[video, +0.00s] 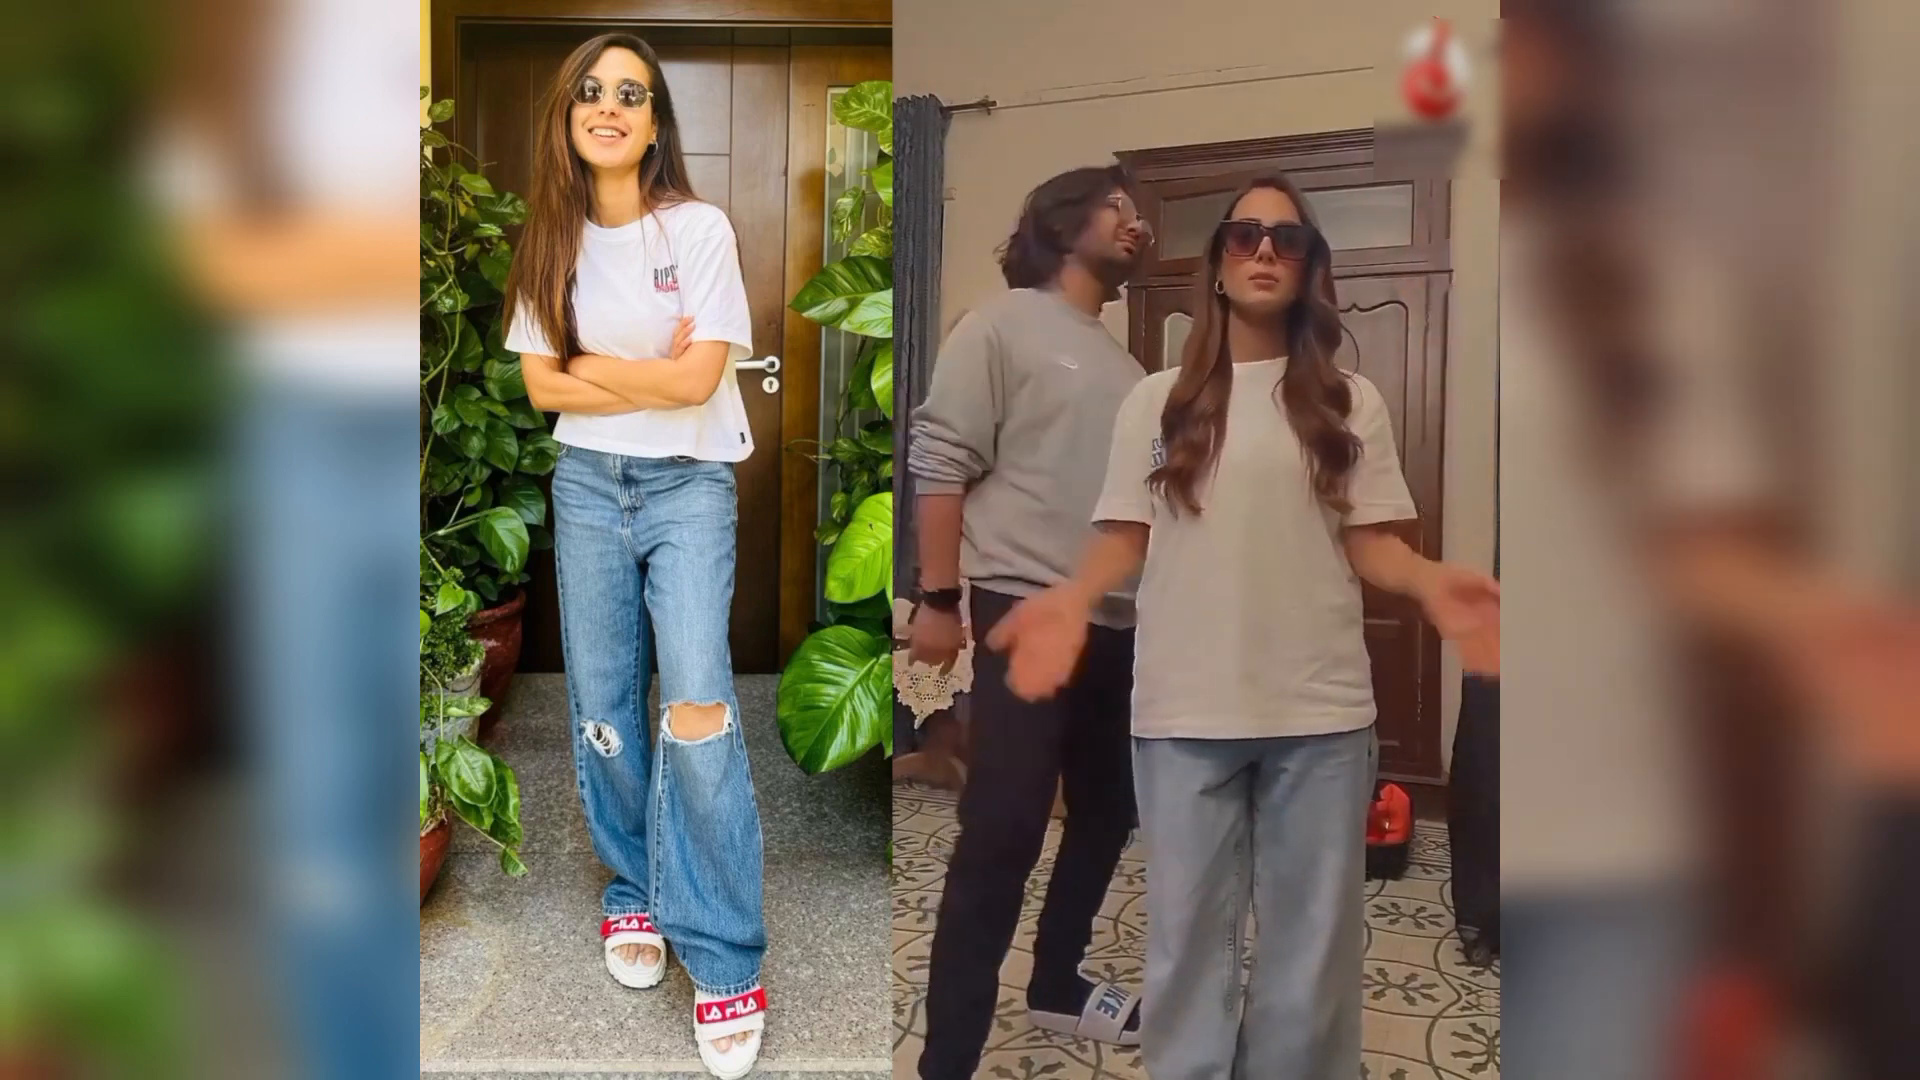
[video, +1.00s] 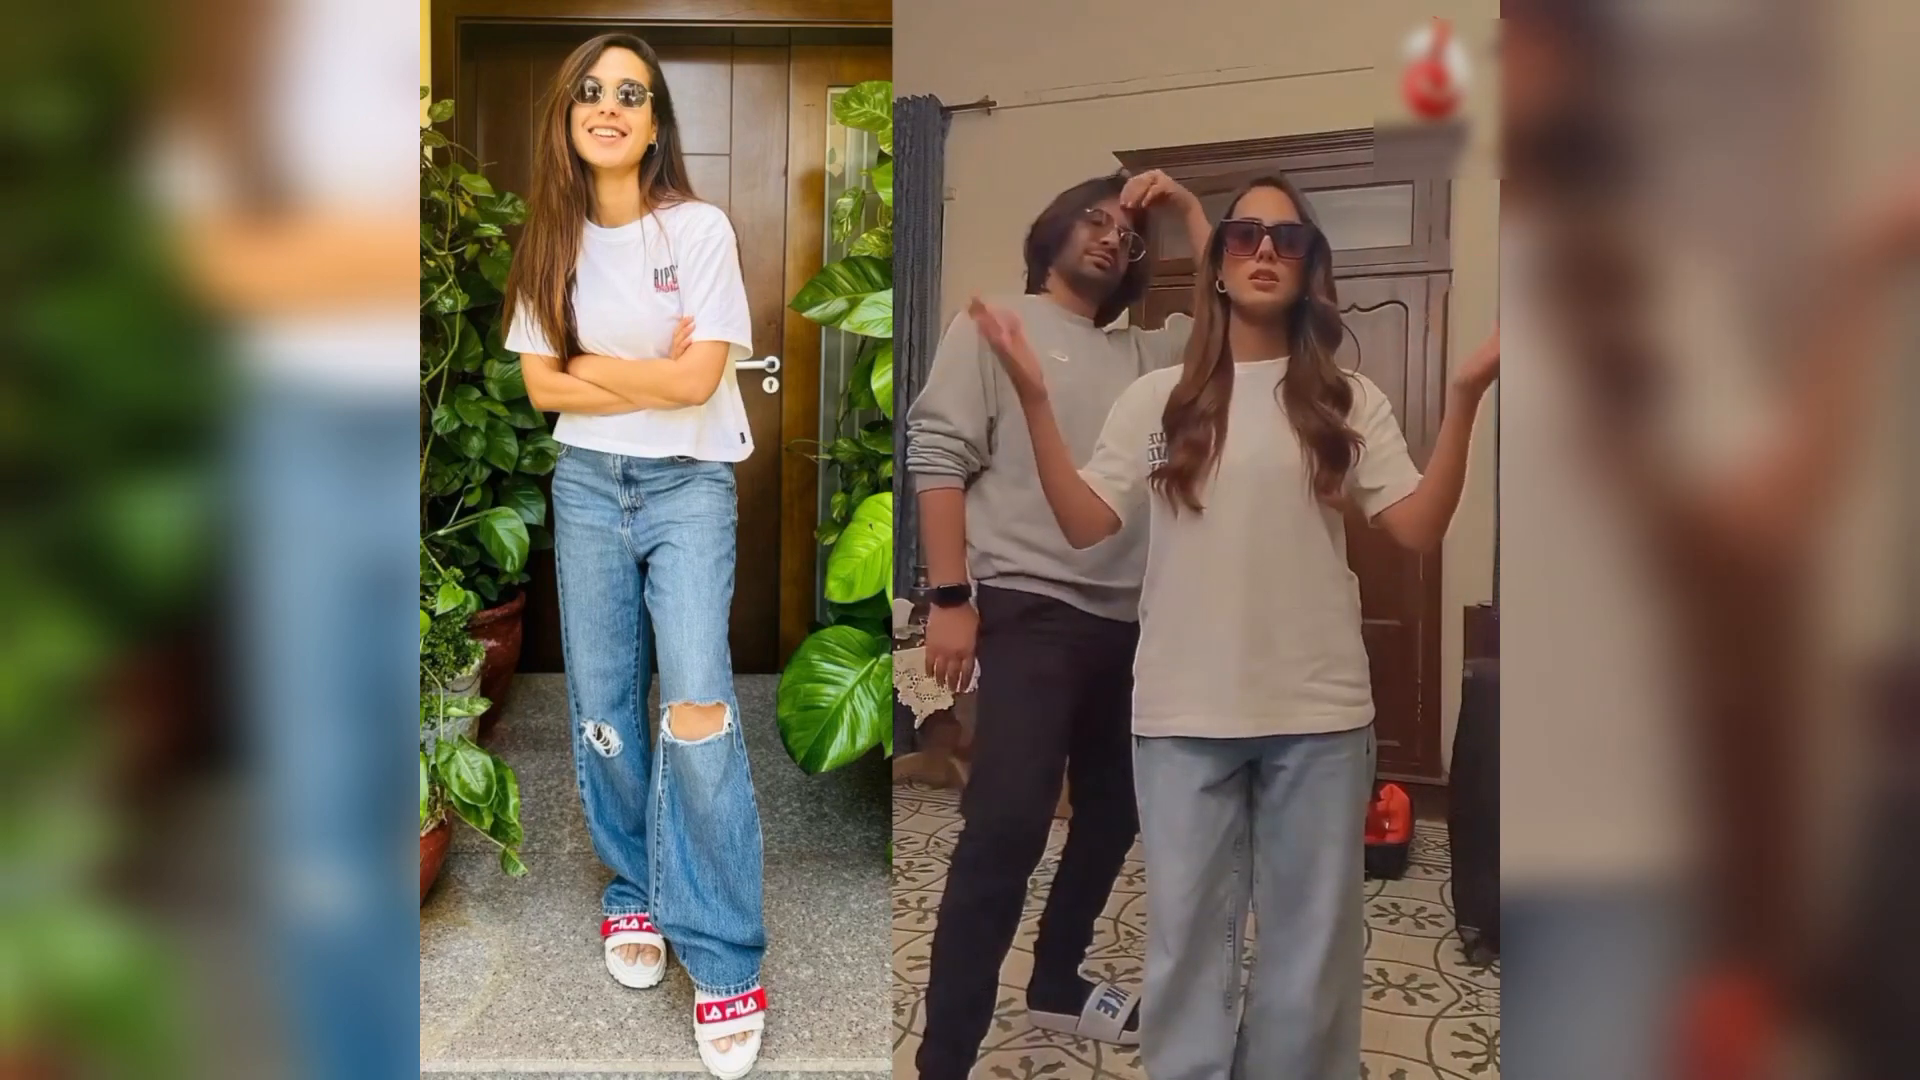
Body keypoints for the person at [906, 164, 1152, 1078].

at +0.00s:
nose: (1137, 225)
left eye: (1136, 213)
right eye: (1115, 210)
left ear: (1128, 238)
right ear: (1063, 226)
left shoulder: (1121, 355)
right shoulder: (996, 326)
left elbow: (1129, 487)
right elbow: (941, 464)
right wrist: (938, 597)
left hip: (1112, 614)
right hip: (1020, 606)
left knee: (1105, 812)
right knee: (1002, 830)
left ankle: (1056, 991)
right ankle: (948, 1061)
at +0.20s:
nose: (1135, 232)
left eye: (1137, 221)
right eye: (1120, 216)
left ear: (1126, 244)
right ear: (1065, 224)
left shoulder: (1128, 348)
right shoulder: (998, 311)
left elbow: (1199, 402)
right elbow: (934, 450)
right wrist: (941, 593)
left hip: (1119, 619)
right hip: (1023, 612)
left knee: (1091, 817)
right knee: (999, 838)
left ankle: (1056, 993)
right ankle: (947, 1062)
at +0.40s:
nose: (1131, 237)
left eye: (1132, 225)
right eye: (1118, 223)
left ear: (1093, 247)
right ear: (1070, 232)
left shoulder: (1123, 351)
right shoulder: (989, 320)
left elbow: (1205, 393)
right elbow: (939, 461)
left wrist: (1184, 270)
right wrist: (949, 602)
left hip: (1122, 620)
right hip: (1026, 612)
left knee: (1101, 817)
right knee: (1007, 836)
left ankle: (1056, 994)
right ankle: (950, 1060)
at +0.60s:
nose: (1132, 241)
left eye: (1132, 226)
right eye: (1123, 227)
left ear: (1056, 235)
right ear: (1083, 235)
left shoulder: (1129, 340)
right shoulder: (993, 321)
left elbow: (1213, 359)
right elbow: (943, 461)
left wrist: (1185, 252)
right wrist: (949, 598)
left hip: (1124, 620)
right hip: (1024, 612)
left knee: (1100, 812)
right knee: (996, 836)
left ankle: (1056, 992)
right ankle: (944, 1058)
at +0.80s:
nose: (1125, 241)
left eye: (1133, 229)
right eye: (1109, 223)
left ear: (1133, 251)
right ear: (1057, 233)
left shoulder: (1140, 341)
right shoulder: (992, 324)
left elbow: (1217, 367)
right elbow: (942, 461)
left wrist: (1189, 243)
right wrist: (952, 601)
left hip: (1127, 620)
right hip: (1023, 612)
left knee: (1111, 812)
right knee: (999, 834)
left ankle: (1057, 993)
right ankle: (944, 1059)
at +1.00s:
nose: (1113, 236)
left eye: (1128, 231)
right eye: (1098, 218)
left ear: (1135, 262)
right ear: (1054, 232)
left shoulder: (1146, 346)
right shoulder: (995, 325)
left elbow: (1224, 324)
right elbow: (937, 456)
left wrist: (1189, 220)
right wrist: (950, 596)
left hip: (1128, 621)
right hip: (1025, 610)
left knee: (1110, 816)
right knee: (1005, 830)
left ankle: (1057, 992)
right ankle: (945, 1058)